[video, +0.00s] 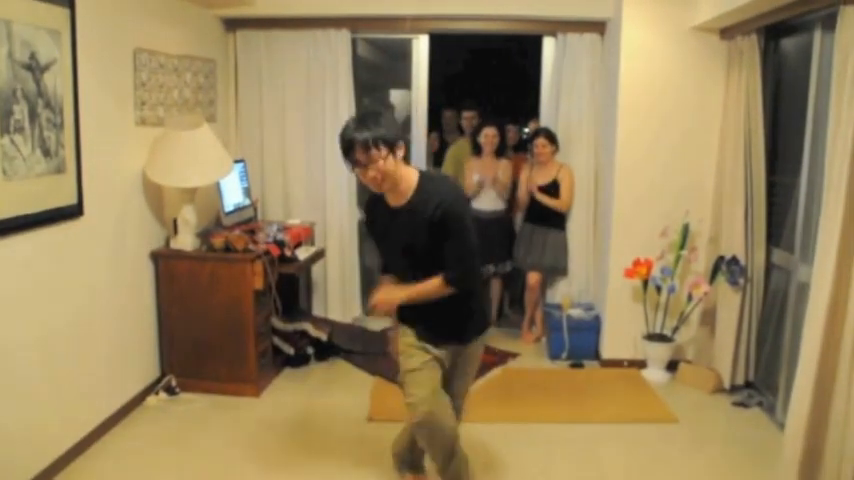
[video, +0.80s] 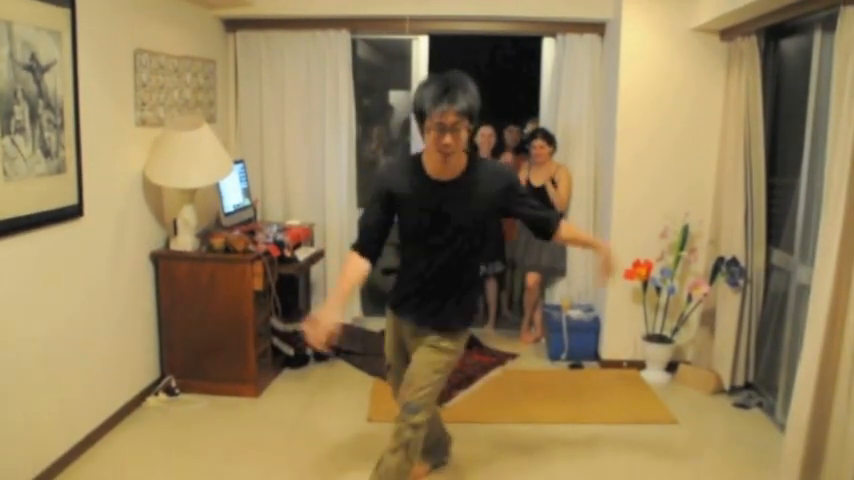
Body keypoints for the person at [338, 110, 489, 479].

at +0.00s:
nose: (372, 173)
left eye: (378, 161)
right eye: (362, 167)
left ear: (399, 152)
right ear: (354, 170)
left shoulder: (444, 196)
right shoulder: (375, 208)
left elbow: (463, 275)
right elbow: (391, 267)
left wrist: (399, 294)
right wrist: (386, 312)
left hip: (465, 327)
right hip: (415, 326)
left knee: (448, 413)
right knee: (425, 412)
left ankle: (406, 455)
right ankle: (456, 471)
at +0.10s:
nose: (380, 162)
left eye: (387, 151)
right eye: (374, 155)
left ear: (416, 141)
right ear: (370, 157)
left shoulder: (458, 185)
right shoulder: (388, 195)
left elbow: (479, 268)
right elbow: (411, 248)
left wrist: (409, 264)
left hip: (470, 330)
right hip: (417, 327)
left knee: (481, 418)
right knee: (422, 417)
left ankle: (444, 436)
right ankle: (454, 474)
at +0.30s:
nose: (456, 168)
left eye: (466, 158)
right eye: (449, 157)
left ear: (489, 150)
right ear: (437, 145)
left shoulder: (504, 202)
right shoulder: (420, 180)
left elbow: (514, 287)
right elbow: (412, 234)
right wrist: (404, 287)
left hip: (493, 317)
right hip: (435, 311)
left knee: (517, 414)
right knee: (377, 366)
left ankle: (560, 473)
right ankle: (431, 463)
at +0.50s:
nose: (463, 177)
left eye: (475, 169)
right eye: (457, 166)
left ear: (496, 168)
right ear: (448, 158)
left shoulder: (510, 220)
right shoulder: (432, 192)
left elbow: (547, 300)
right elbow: (403, 238)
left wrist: (573, 369)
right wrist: (367, 278)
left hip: (485, 350)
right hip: (431, 343)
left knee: (501, 444)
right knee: (406, 421)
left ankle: (552, 477)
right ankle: (452, 476)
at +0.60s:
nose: (459, 160)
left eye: (470, 152)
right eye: (453, 148)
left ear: (488, 150)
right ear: (440, 139)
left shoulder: (504, 201)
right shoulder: (418, 182)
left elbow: (543, 265)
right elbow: (380, 222)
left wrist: (574, 320)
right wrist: (353, 241)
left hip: (475, 324)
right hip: (427, 318)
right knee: (412, 410)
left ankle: (492, 474)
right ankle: (454, 474)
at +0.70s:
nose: (450, 137)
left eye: (460, 126)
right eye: (442, 125)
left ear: (476, 127)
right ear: (427, 124)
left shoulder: (499, 180)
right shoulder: (402, 171)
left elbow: (546, 231)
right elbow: (362, 233)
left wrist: (582, 266)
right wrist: (311, 264)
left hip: (465, 304)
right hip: (415, 299)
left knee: (428, 395)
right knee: (413, 391)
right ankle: (450, 466)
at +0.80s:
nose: (447, 139)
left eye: (457, 129)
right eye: (439, 128)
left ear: (472, 129)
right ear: (421, 127)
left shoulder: (492, 181)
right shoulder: (397, 176)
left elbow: (548, 225)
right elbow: (365, 248)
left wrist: (600, 244)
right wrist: (333, 308)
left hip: (453, 316)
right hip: (403, 306)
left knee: (414, 407)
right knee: (406, 392)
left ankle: (386, 476)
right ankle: (436, 450)